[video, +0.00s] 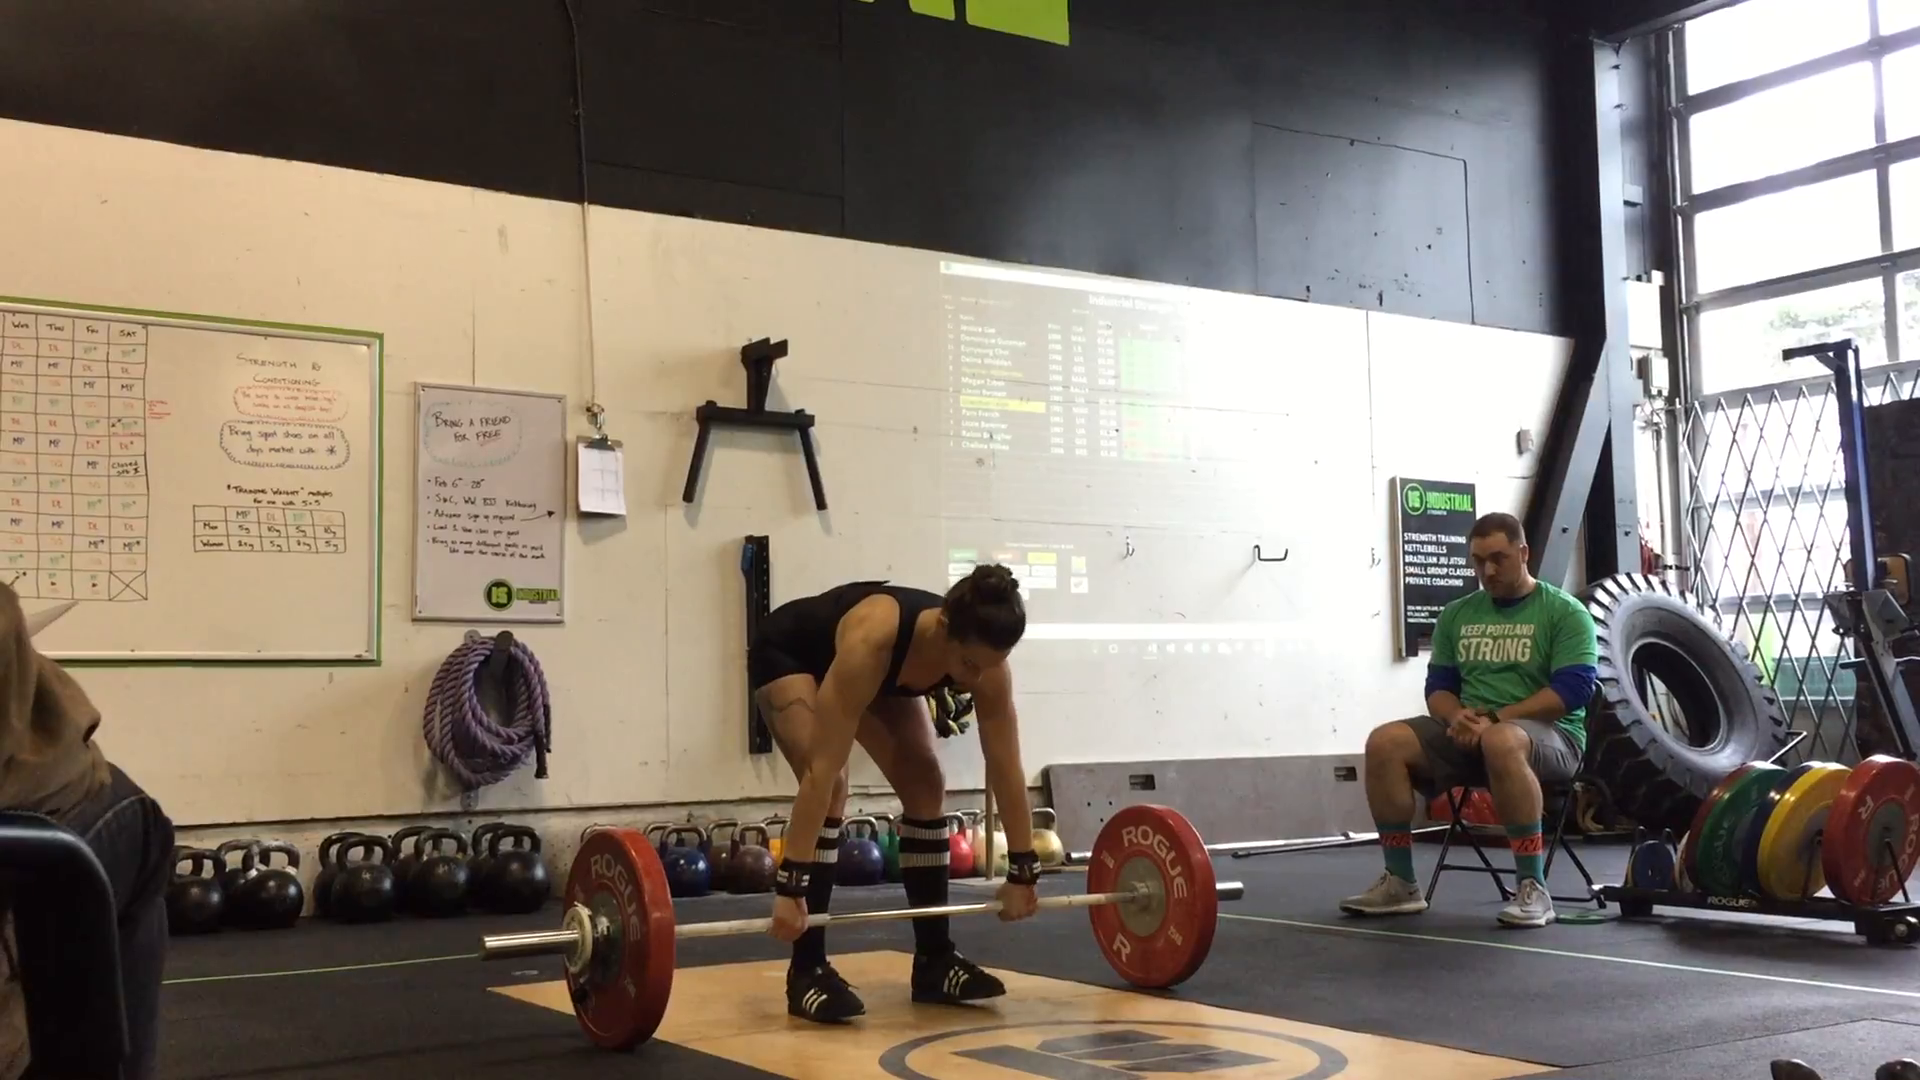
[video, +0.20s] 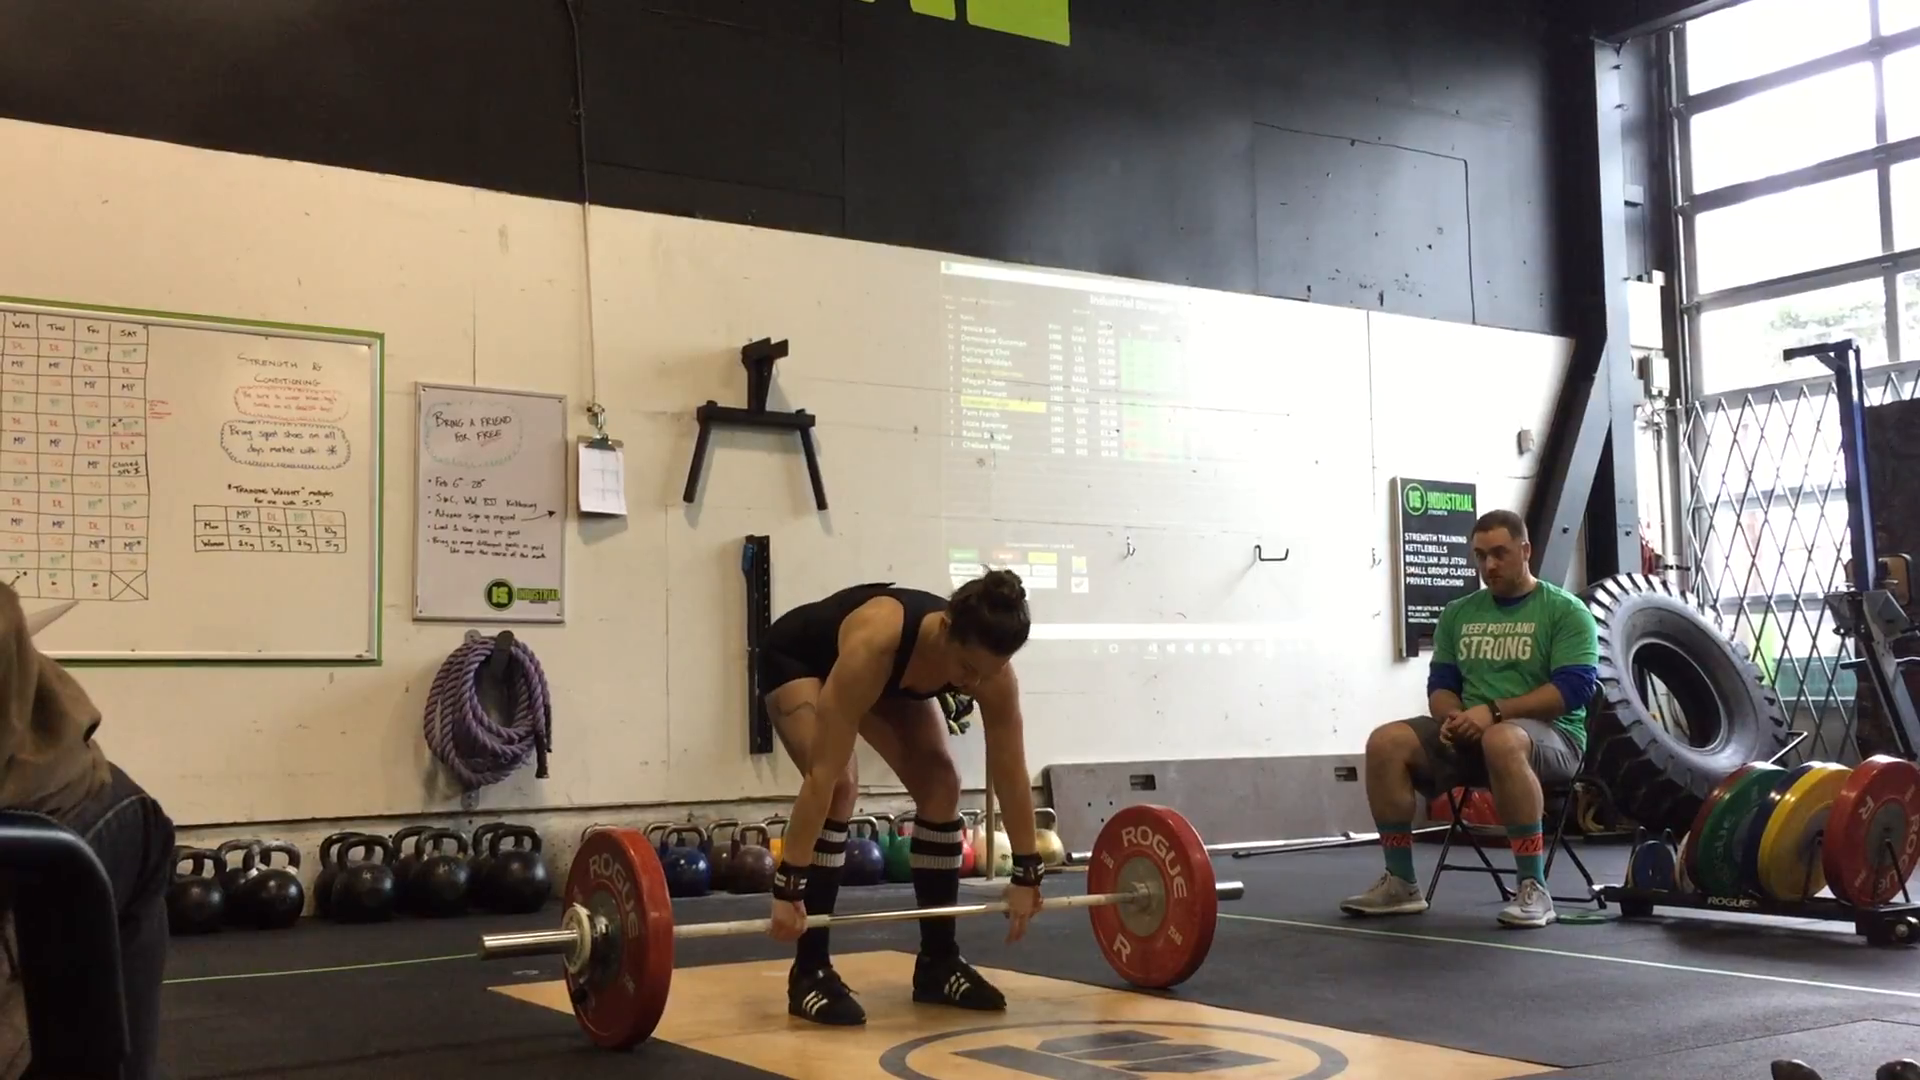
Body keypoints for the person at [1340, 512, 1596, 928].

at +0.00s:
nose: (1488, 571)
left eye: (1497, 559)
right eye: (1479, 561)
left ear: (1524, 553)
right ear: (1471, 561)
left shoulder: (1565, 612)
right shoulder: (1456, 614)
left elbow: (1575, 689)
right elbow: (1438, 687)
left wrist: (1496, 719)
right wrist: (1456, 716)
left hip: (1549, 735)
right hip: (1470, 735)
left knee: (1501, 741)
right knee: (1384, 743)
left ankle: (1532, 889)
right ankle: (1400, 883)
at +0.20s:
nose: (1490, 565)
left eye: (1499, 553)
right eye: (1481, 556)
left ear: (1526, 550)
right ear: (1473, 558)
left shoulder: (1566, 611)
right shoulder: (1457, 614)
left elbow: (1574, 688)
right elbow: (1442, 685)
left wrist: (1492, 711)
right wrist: (1453, 716)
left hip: (1551, 735)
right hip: (1473, 737)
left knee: (1502, 741)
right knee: (1385, 743)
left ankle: (1532, 889)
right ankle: (1401, 883)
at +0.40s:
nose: (1490, 559)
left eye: (1500, 549)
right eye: (1482, 551)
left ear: (1527, 549)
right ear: (1475, 555)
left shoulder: (1566, 611)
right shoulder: (1458, 613)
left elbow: (1573, 692)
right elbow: (1442, 684)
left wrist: (1492, 718)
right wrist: (1455, 719)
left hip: (1551, 735)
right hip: (1472, 736)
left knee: (1502, 742)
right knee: (1385, 744)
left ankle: (1532, 890)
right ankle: (1401, 884)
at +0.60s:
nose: (1490, 555)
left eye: (1500, 545)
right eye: (1483, 547)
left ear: (1528, 547)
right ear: (1477, 554)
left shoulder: (1565, 611)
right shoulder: (1459, 613)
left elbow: (1569, 689)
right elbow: (1441, 683)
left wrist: (1492, 724)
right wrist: (1455, 720)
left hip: (1550, 736)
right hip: (1470, 736)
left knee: (1504, 742)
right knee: (1383, 745)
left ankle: (1531, 890)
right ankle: (1400, 884)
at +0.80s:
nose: (1490, 553)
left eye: (1501, 543)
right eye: (1483, 545)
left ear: (1528, 547)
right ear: (1477, 552)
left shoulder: (1565, 611)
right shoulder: (1458, 612)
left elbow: (1572, 688)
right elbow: (1441, 683)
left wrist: (1497, 723)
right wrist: (1462, 720)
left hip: (1550, 734)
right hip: (1470, 734)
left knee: (1501, 743)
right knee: (1383, 745)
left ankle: (1531, 890)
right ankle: (1399, 884)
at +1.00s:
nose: (1488, 553)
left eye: (1498, 543)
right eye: (1480, 545)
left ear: (1526, 547)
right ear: (1475, 553)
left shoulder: (1564, 611)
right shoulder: (1456, 616)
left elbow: (1566, 689)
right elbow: (1441, 687)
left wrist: (1492, 728)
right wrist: (1459, 724)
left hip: (1549, 734)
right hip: (1469, 735)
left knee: (1501, 743)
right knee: (1382, 745)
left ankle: (1531, 891)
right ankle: (1399, 884)